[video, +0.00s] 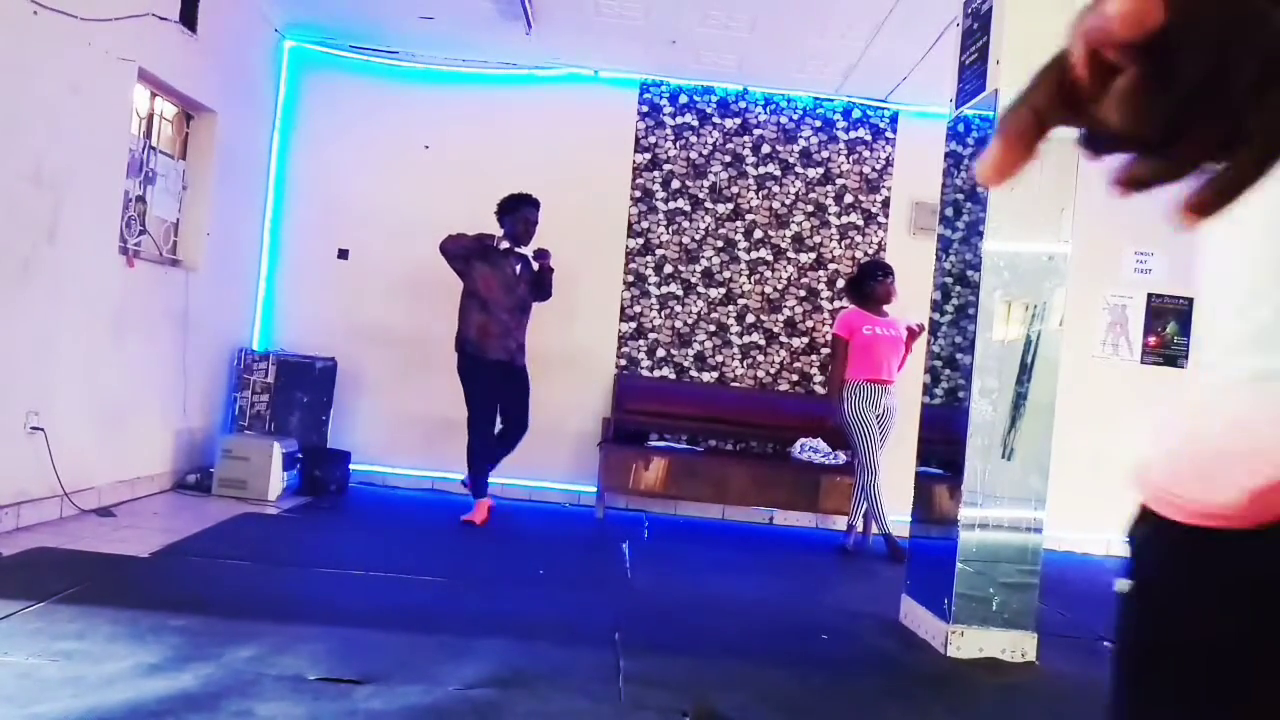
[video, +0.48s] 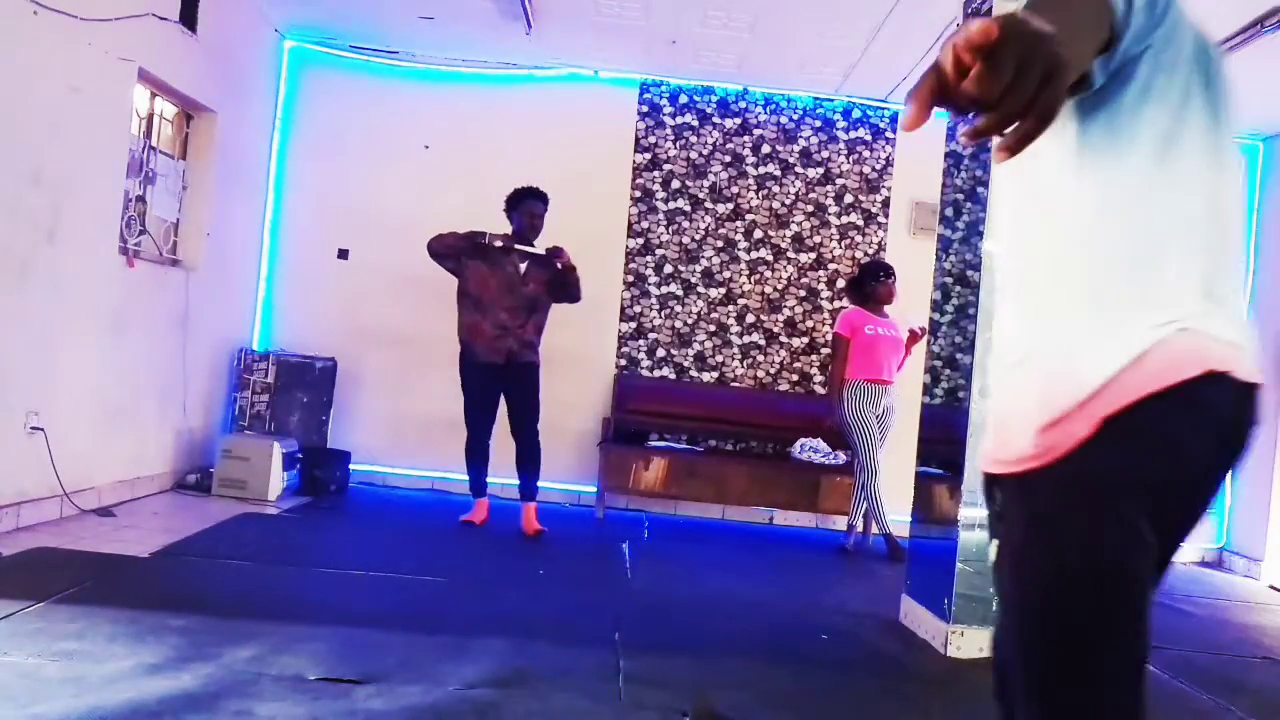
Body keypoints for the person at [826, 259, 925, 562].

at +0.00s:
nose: (894, 287)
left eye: (894, 281)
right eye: (888, 281)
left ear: (881, 287)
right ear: (871, 285)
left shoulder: (896, 325)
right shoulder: (849, 317)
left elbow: (894, 369)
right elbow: (838, 364)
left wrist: (910, 342)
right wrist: (834, 403)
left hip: (887, 397)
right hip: (857, 394)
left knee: (869, 465)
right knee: (870, 463)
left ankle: (853, 532)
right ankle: (888, 535)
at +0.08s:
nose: (893, 286)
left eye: (893, 280)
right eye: (887, 280)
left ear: (889, 286)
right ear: (870, 285)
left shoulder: (895, 325)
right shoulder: (850, 316)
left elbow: (894, 369)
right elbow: (838, 364)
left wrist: (910, 343)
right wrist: (834, 406)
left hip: (887, 397)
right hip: (857, 394)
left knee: (869, 463)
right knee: (870, 461)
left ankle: (854, 532)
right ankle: (888, 535)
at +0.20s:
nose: (895, 287)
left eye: (894, 281)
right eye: (888, 281)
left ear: (883, 287)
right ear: (871, 286)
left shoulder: (894, 325)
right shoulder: (850, 316)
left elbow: (894, 368)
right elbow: (838, 364)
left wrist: (910, 343)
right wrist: (835, 404)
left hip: (887, 397)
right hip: (857, 394)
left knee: (870, 464)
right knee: (870, 462)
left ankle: (854, 533)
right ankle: (888, 535)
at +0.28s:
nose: (895, 287)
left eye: (894, 281)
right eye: (889, 281)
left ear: (883, 287)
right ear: (871, 286)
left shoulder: (894, 326)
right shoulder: (850, 316)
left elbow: (893, 368)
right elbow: (839, 364)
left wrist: (910, 343)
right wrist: (835, 404)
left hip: (887, 397)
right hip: (857, 394)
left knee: (870, 463)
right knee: (870, 462)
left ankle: (854, 533)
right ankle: (888, 535)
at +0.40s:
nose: (895, 287)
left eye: (894, 281)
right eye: (889, 281)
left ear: (883, 287)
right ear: (871, 286)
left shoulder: (894, 326)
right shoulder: (850, 316)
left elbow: (893, 369)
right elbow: (838, 364)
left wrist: (909, 344)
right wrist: (835, 404)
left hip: (886, 397)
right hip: (857, 393)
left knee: (869, 464)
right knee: (869, 463)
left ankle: (853, 533)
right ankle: (888, 535)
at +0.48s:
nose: (895, 287)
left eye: (894, 281)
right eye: (889, 281)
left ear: (883, 287)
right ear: (872, 286)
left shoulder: (892, 325)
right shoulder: (850, 316)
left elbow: (892, 369)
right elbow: (838, 364)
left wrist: (909, 345)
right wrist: (834, 405)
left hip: (886, 397)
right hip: (856, 394)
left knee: (869, 464)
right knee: (870, 463)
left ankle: (853, 533)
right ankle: (888, 535)